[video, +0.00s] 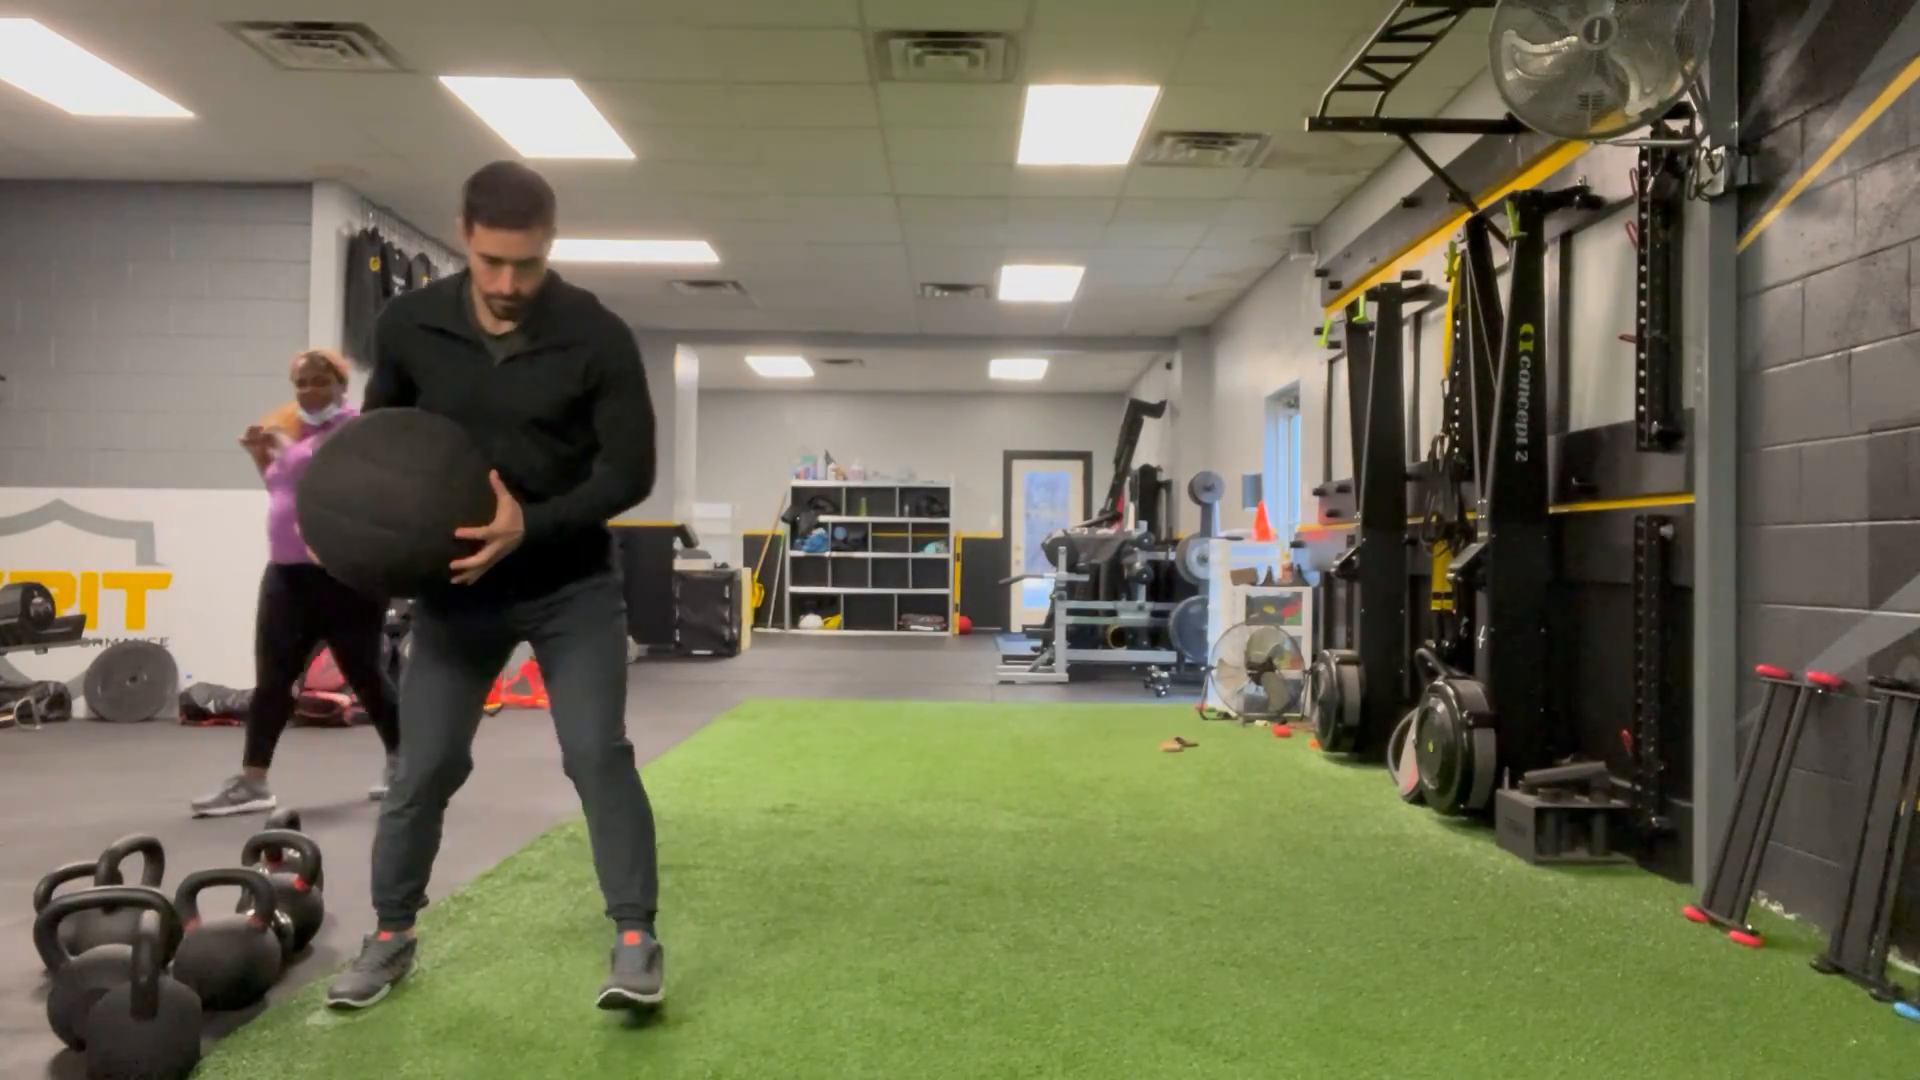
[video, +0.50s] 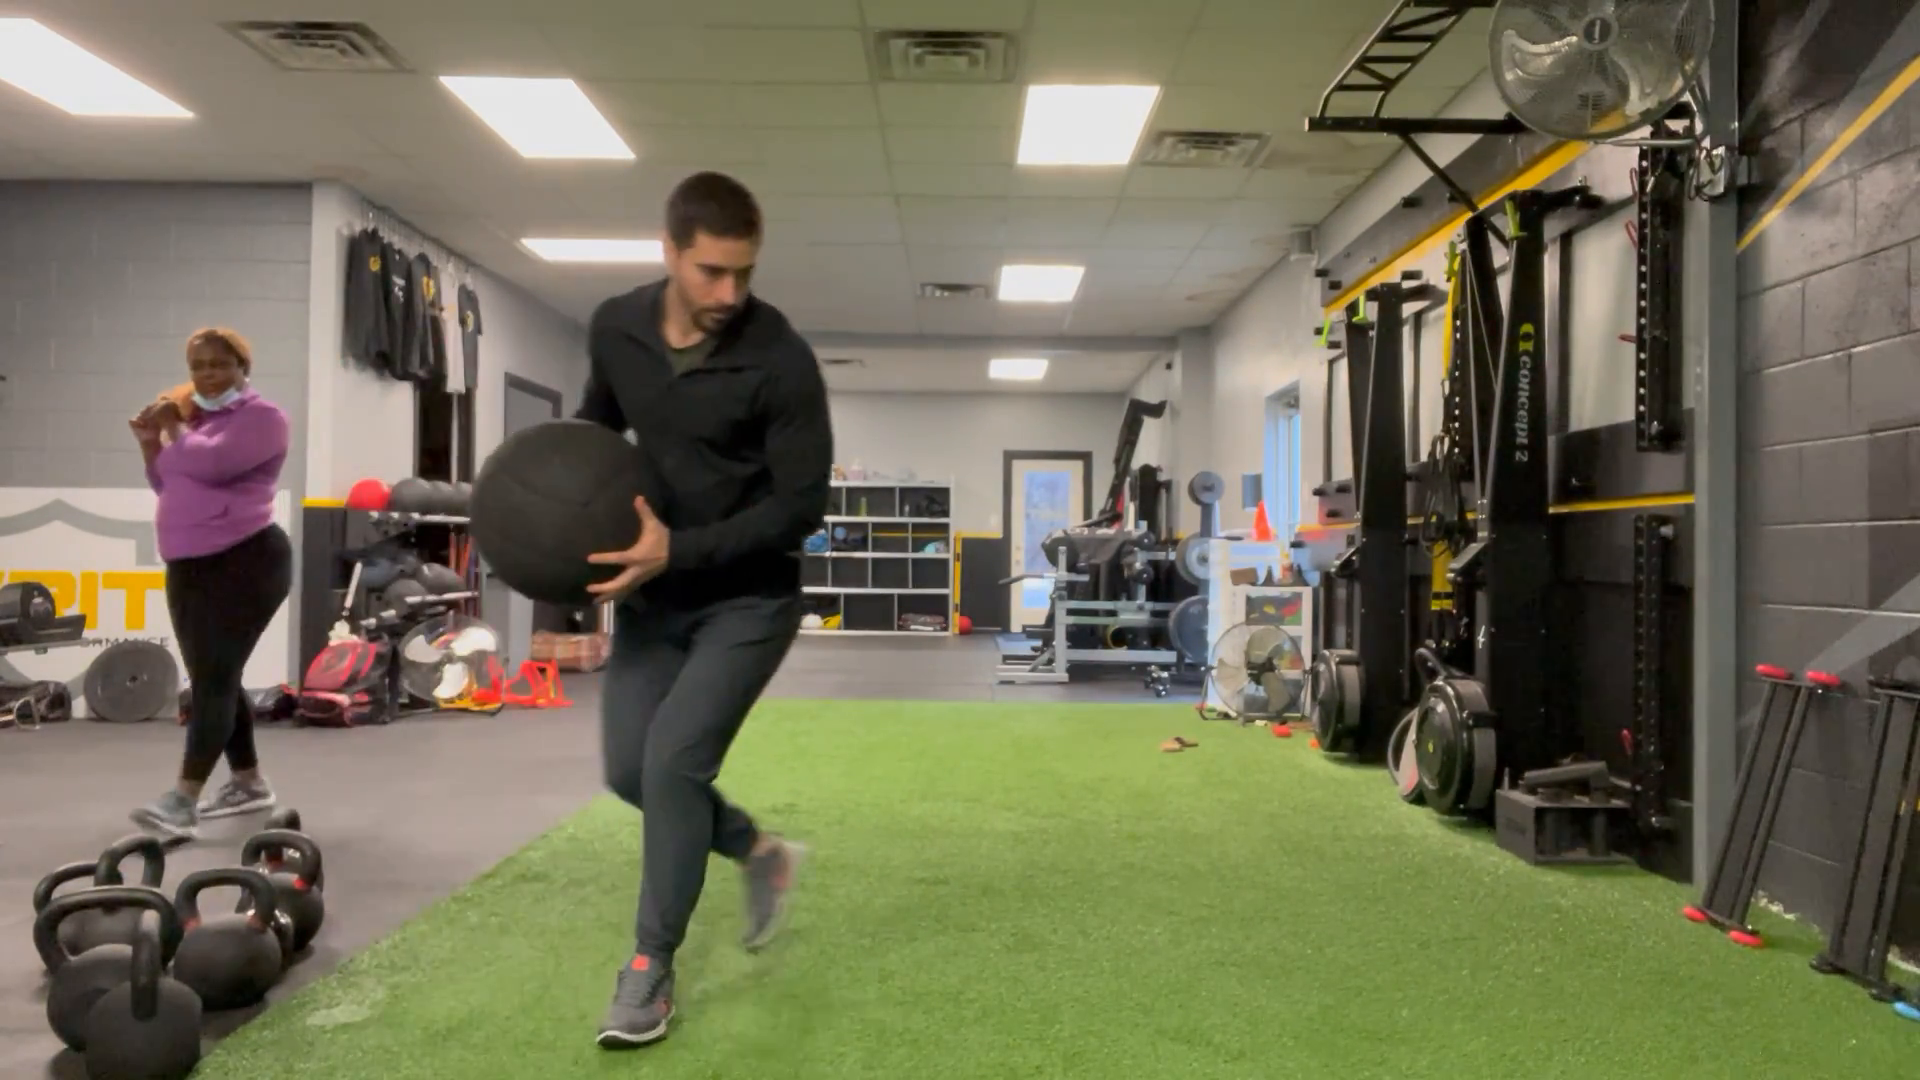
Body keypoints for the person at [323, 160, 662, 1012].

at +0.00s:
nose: (507, 283)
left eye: (526, 265)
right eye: (491, 263)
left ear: (553, 248)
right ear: (463, 241)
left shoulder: (597, 335)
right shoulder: (410, 325)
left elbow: (630, 471)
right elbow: (380, 446)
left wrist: (533, 520)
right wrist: (372, 524)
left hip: (574, 585)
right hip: (457, 593)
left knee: (597, 751)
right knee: (422, 767)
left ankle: (635, 934)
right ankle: (390, 932)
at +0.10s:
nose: (542, 287)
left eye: (561, 266)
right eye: (525, 265)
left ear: (586, 251)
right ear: (496, 244)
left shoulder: (630, 340)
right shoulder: (445, 329)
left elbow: (661, 482)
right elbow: (418, 450)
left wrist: (555, 530)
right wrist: (409, 539)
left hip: (605, 586)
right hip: (490, 592)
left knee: (609, 756)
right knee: (448, 769)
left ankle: (645, 951)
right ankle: (392, 937)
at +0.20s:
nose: (585, 287)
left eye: (602, 268)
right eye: (569, 266)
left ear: (626, 253)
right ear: (540, 248)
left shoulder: (669, 344)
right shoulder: (495, 328)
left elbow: (699, 490)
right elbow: (471, 436)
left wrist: (581, 537)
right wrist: (436, 518)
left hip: (647, 589)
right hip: (543, 591)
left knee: (631, 758)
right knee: (480, 768)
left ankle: (648, 958)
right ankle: (406, 932)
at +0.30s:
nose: (634, 291)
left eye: (650, 272)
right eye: (616, 270)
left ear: (670, 258)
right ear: (584, 250)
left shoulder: (706, 346)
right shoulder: (539, 327)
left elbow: (736, 494)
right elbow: (515, 447)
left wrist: (611, 543)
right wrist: (477, 532)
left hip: (686, 592)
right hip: (582, 595)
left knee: (647, 759)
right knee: (520, 771)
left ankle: (647, 963)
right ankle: (494, 911)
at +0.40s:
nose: (682, 292)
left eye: (697, 273)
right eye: (665, 272)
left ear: (715, 260)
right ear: (627, 253)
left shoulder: (740, 349)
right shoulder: (579, 327)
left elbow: (768, 501)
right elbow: (560, 435)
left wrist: (645, 545)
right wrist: (535, 520)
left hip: (721, 591)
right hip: (623, 587)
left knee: (660, 760)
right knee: (573, 766)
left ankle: (653, 958)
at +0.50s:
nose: (729, 293)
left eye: (743, 273)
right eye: (712, 272)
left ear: (757, 261)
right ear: (670, 254)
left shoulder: (779, 357)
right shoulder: (620, 328)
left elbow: (800, 503)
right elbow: (596, 432)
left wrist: (681, 548)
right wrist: (565, 513)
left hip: (751, 596)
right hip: (655, 593)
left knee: (674, 763)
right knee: (629, 771)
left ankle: (649, 966)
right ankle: (760, 851)